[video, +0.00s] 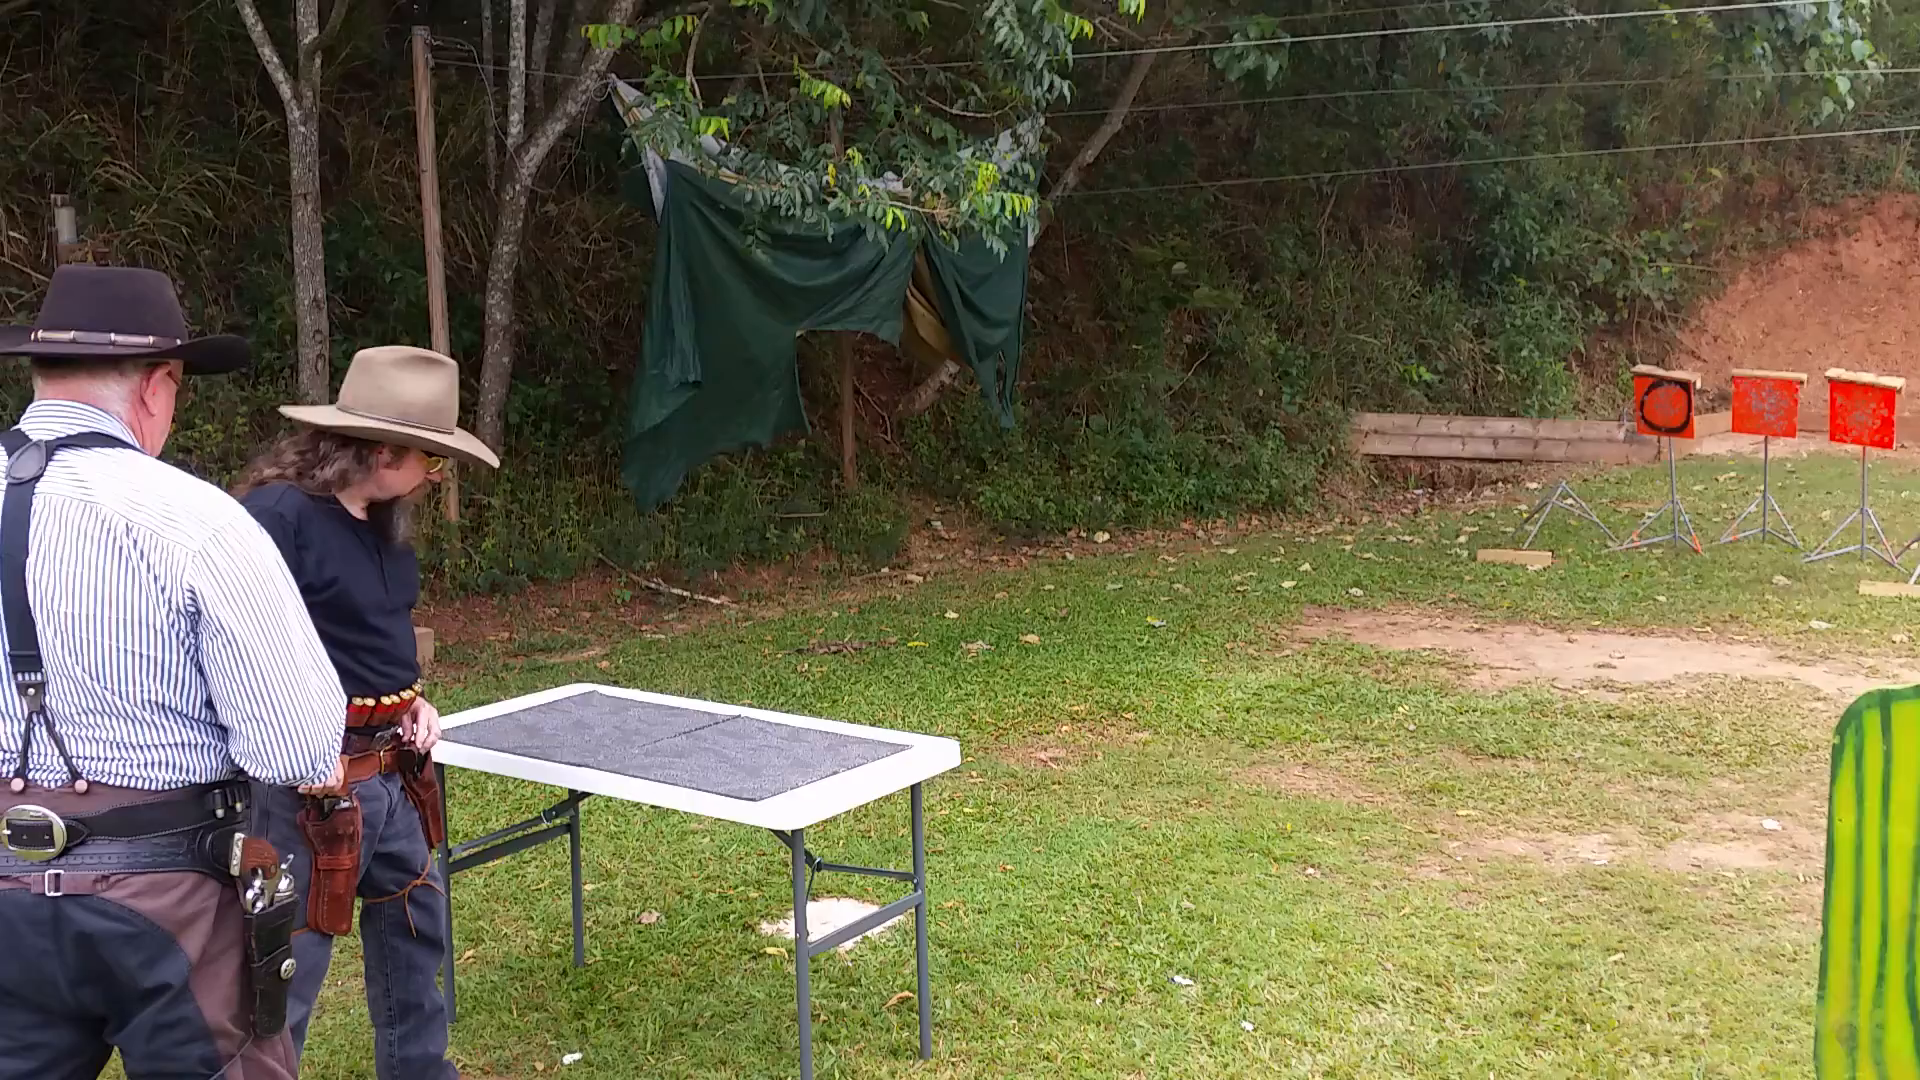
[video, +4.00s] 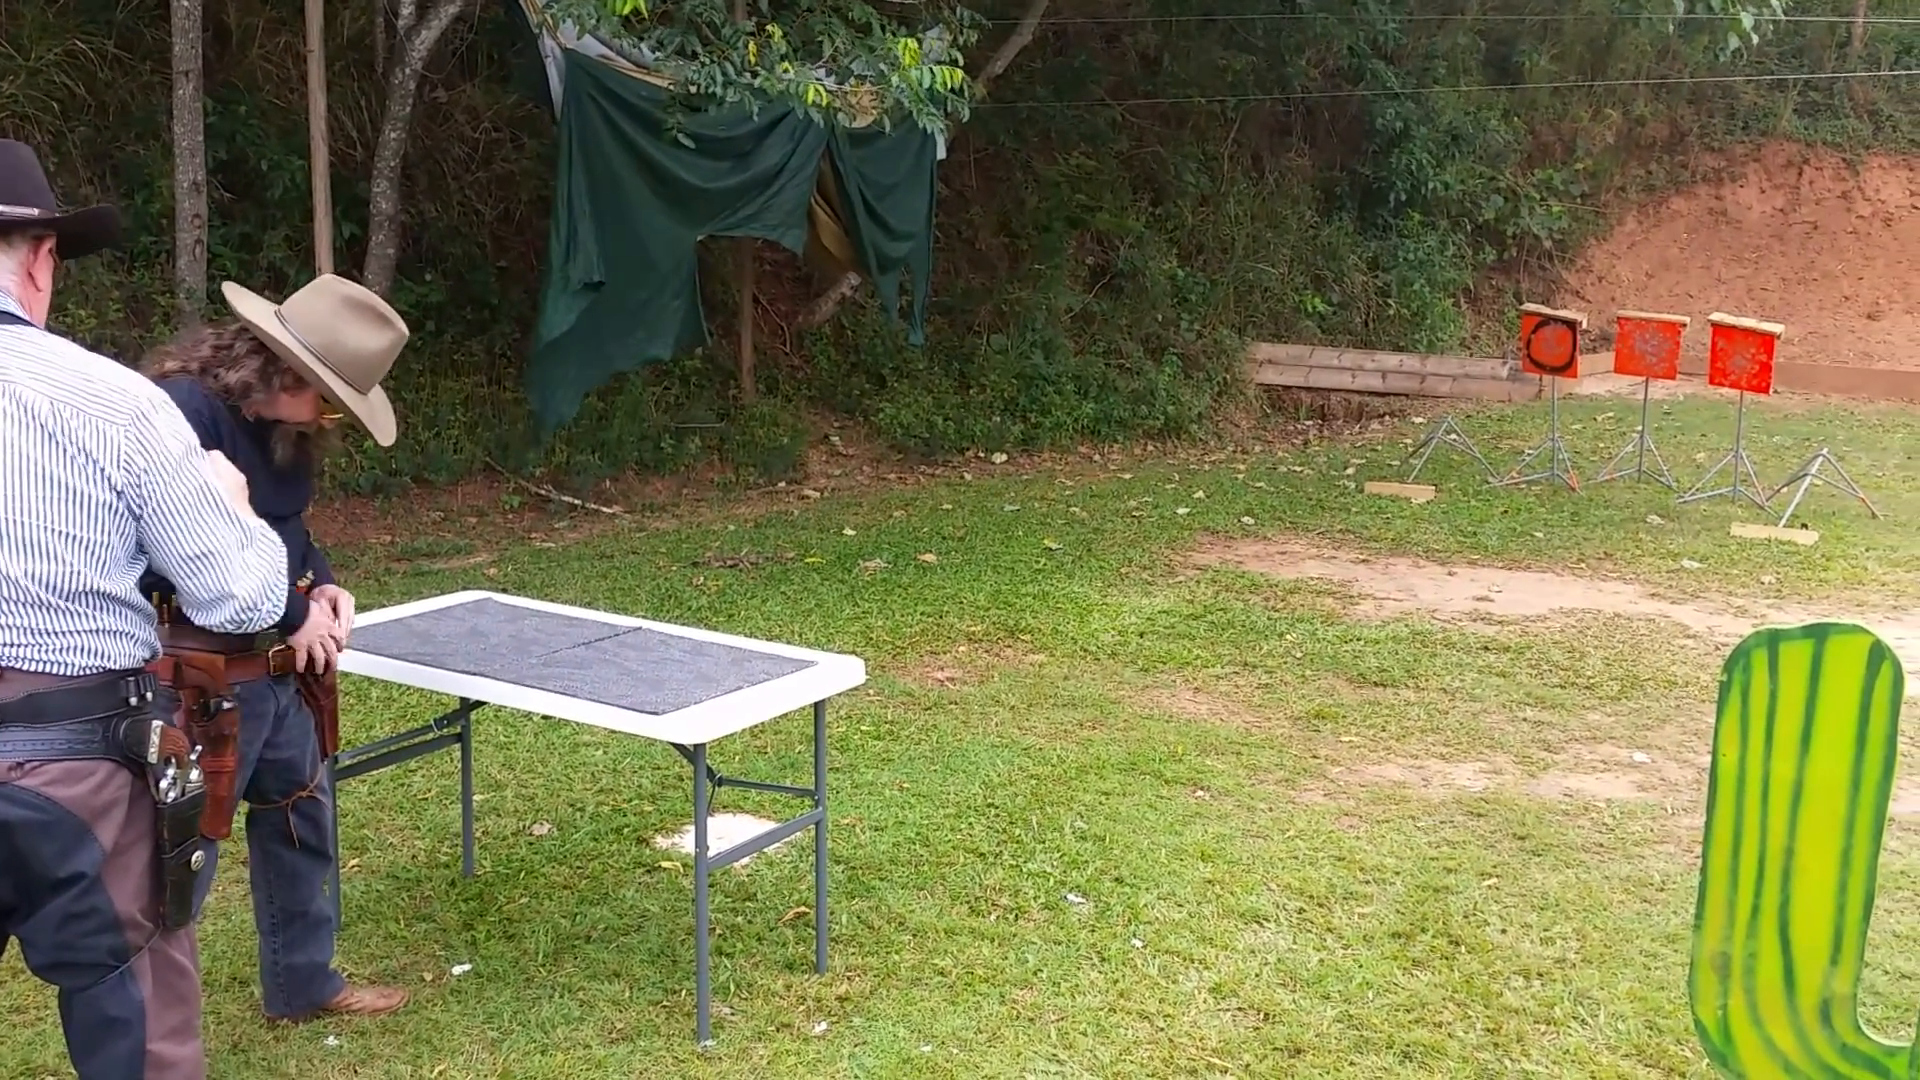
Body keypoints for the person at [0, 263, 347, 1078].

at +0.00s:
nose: (174, 410)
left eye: (179, 390)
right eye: (177, 389)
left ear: (43, 380)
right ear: (153, 389)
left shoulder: (4, 486)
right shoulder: (192, 515)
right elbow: (297, 744)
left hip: (10, 871)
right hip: (165, 878)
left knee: (29, 1063)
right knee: (222, 1063)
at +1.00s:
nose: (155, 386)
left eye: (160, 364)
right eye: (160, 363)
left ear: (27, 348)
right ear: (135, 363)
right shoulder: (170, 489)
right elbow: (276, 722)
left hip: (4, 839)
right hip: (138, 848)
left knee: (20, 1061)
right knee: (216, 1060)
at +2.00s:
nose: (136, 338)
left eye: (140, 315)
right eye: (139, 316)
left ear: (5, 302)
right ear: (113, 316)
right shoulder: (146, 439)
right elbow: (268, 677)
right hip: (115, 802)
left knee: (7, 1046)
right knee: (192, 1053)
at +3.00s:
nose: (101, 310)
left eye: (101, 288)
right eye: (102, 286)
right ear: (84, 290)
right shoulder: (135, 424)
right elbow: (306, 565)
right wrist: (288, 492)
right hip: (94, 778)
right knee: (164, 1048)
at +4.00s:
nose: (52, 277)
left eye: (50, 255)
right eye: (51, 254)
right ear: (37, 263)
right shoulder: (108, 400)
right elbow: (248, 597)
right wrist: (237, 508)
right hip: (62, 747)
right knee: (140, 1016)